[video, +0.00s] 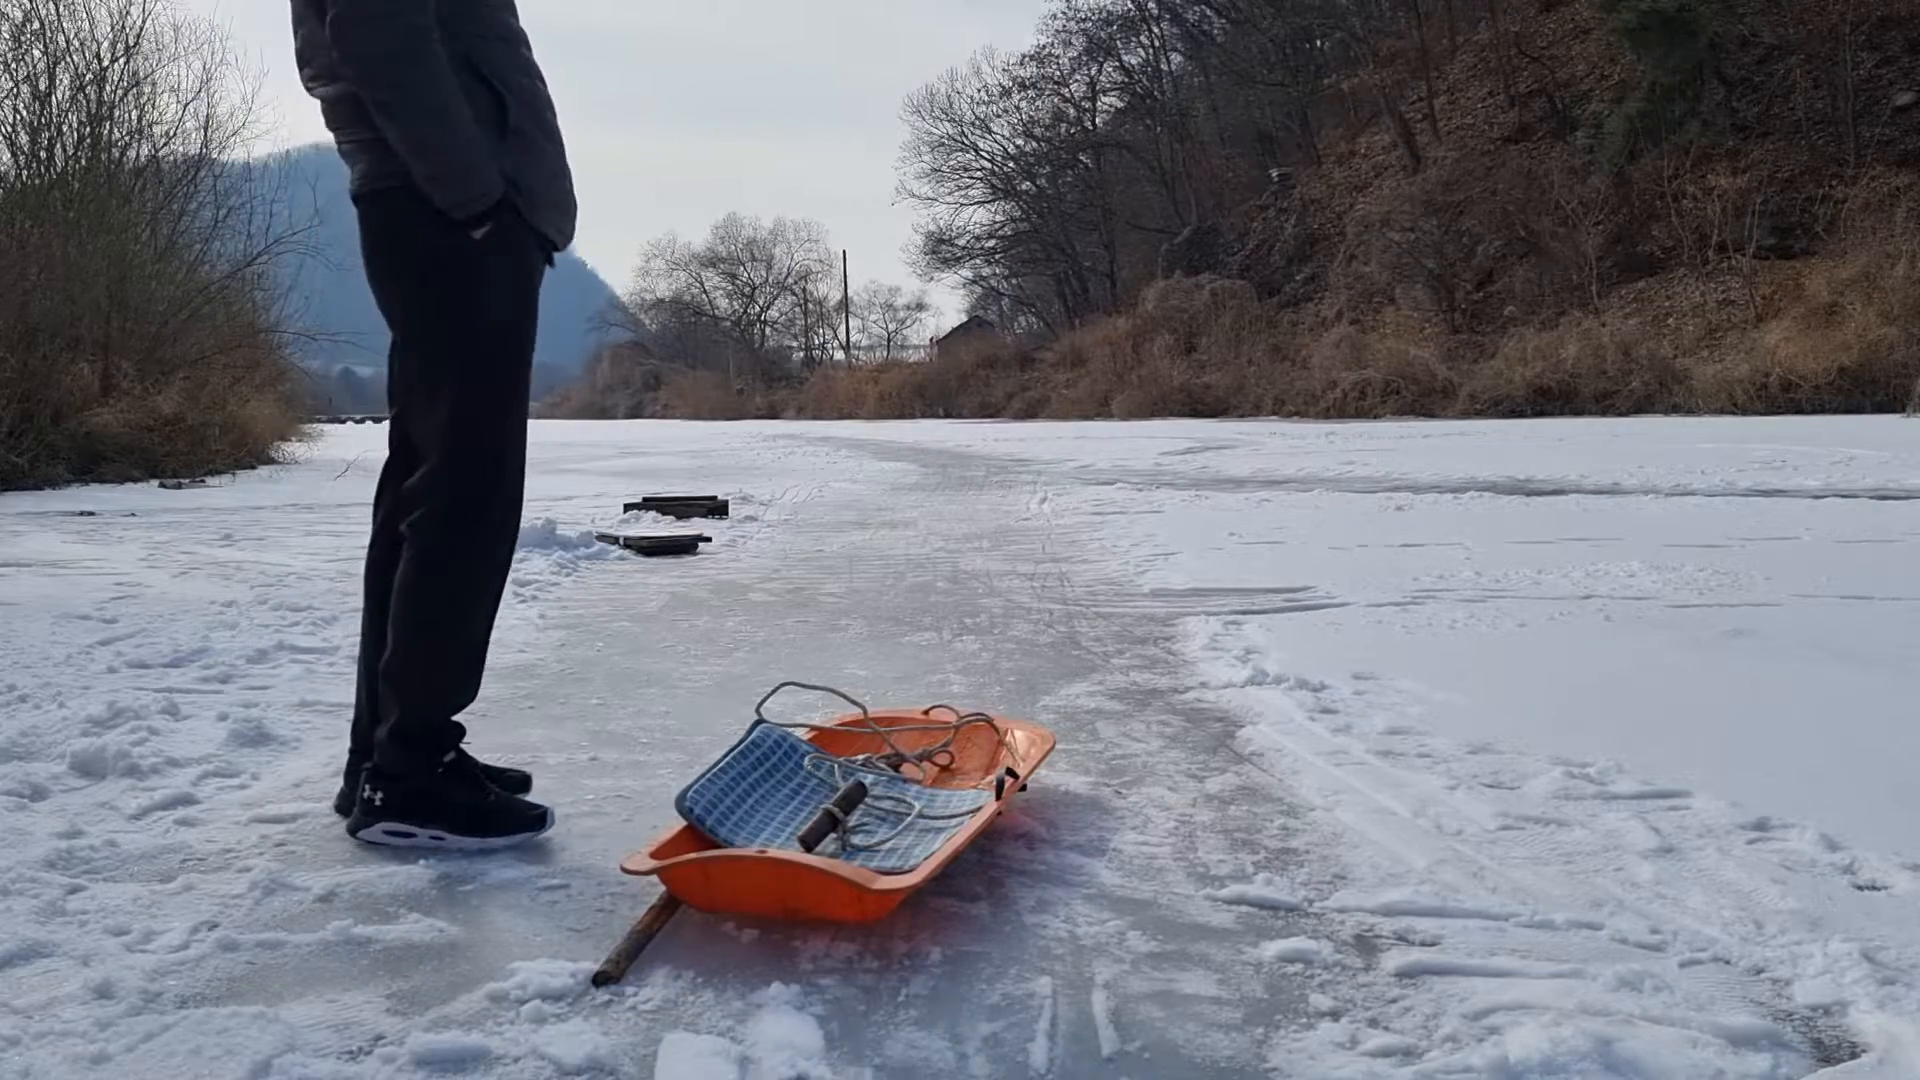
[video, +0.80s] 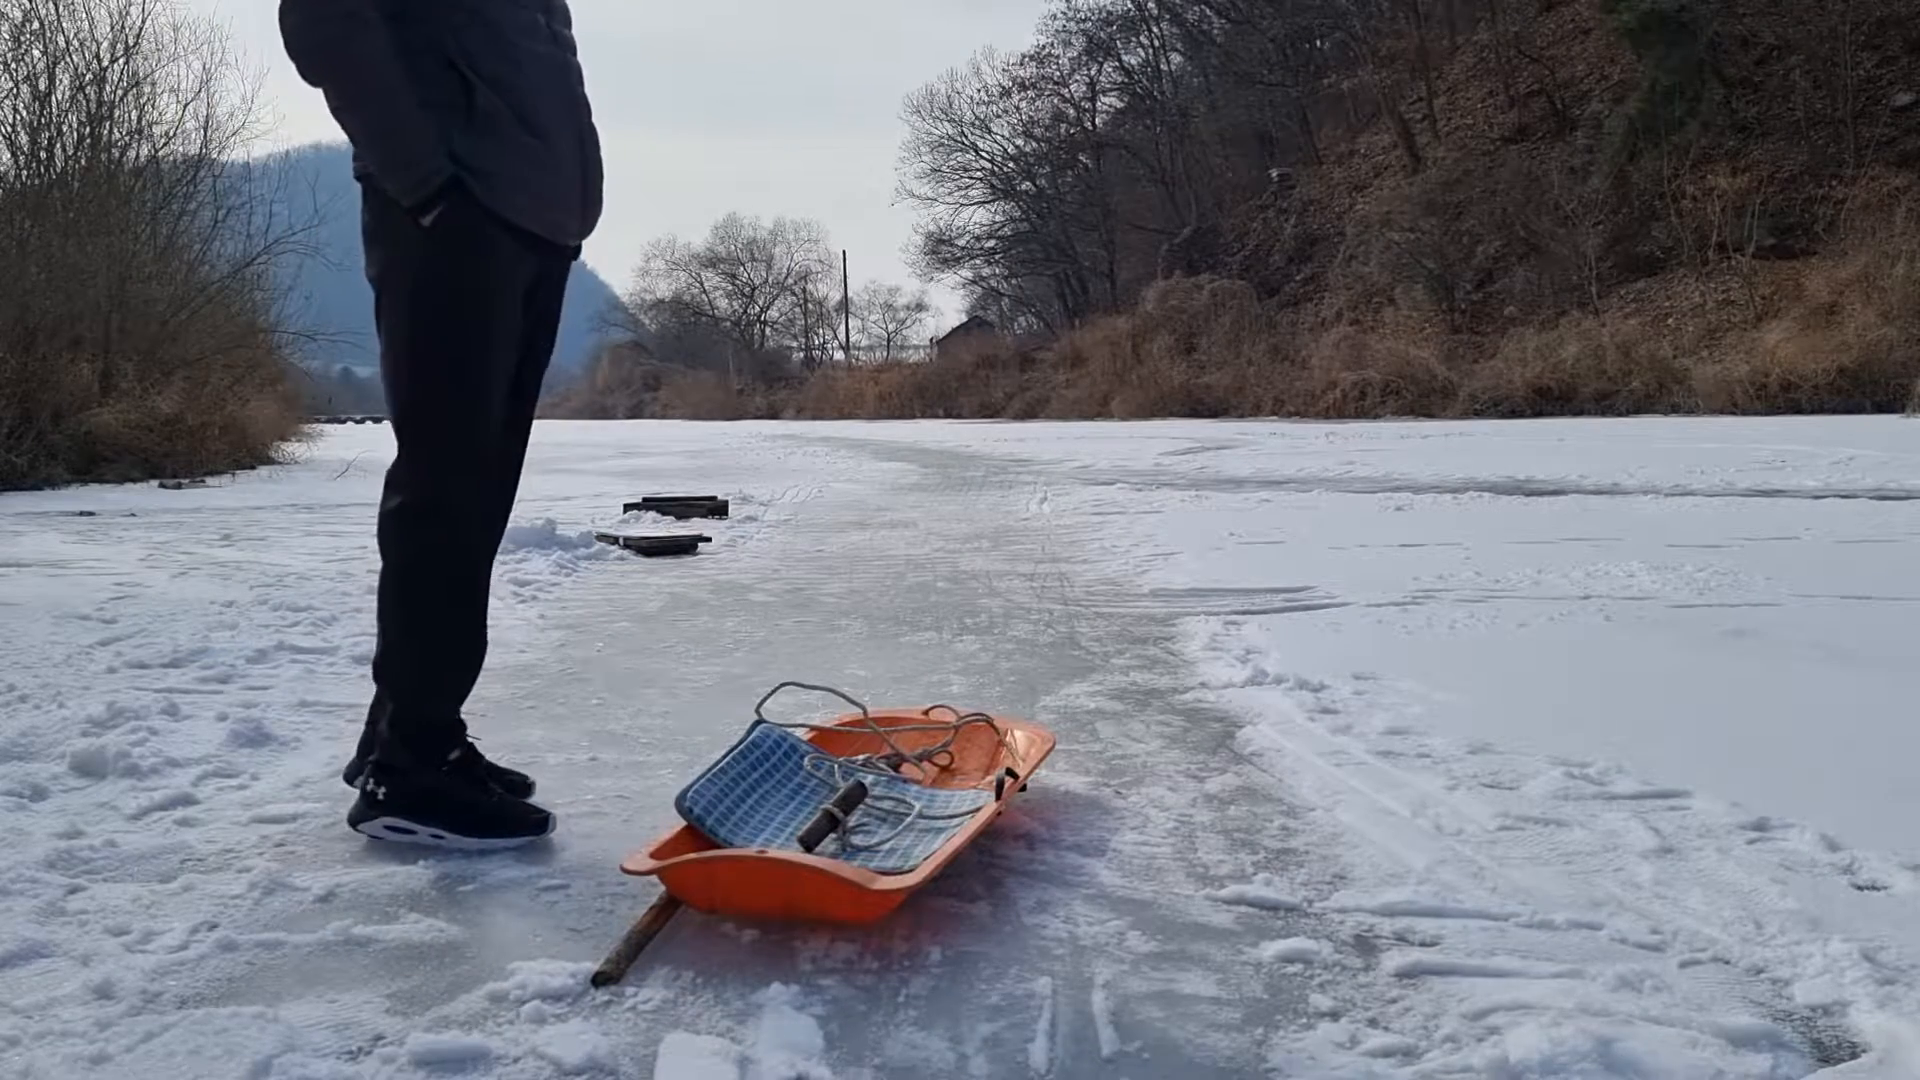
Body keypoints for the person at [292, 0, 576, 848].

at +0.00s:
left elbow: (346, 51)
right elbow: (381, 41)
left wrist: (477, 191)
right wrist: (481, 199)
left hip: (428, 223)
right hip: (459, 225)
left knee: (425, 486)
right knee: (470, 491)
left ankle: (389, 759)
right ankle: (412, 768)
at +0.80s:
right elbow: (321, 19)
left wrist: (556, 183)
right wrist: (428, 181)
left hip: (526, 213)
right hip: (449, 206)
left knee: (472, 486)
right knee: (443, 483)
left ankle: (414, 739)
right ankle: (413, 765)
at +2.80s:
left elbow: (504, 39)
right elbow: (223, 39)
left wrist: (514, 176)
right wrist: (323, 200)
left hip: (497, 225)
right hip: (378, 219)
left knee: (447, 503)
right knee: (399, 503)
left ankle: (413, 747)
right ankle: (405, 773)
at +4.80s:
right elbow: (274, 25)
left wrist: (506, 186)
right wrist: (383, 189)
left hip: (478, 217)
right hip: (403, 211)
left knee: (444, 493)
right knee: (405, 493)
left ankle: (416, 748)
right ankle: (402, 773)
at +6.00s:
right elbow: (271, 31)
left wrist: (516, 193)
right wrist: (383, 192)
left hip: (487, 224)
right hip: (407, 216)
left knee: (446, 497)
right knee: (404, 496)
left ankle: (416, 747)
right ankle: (400, 771)